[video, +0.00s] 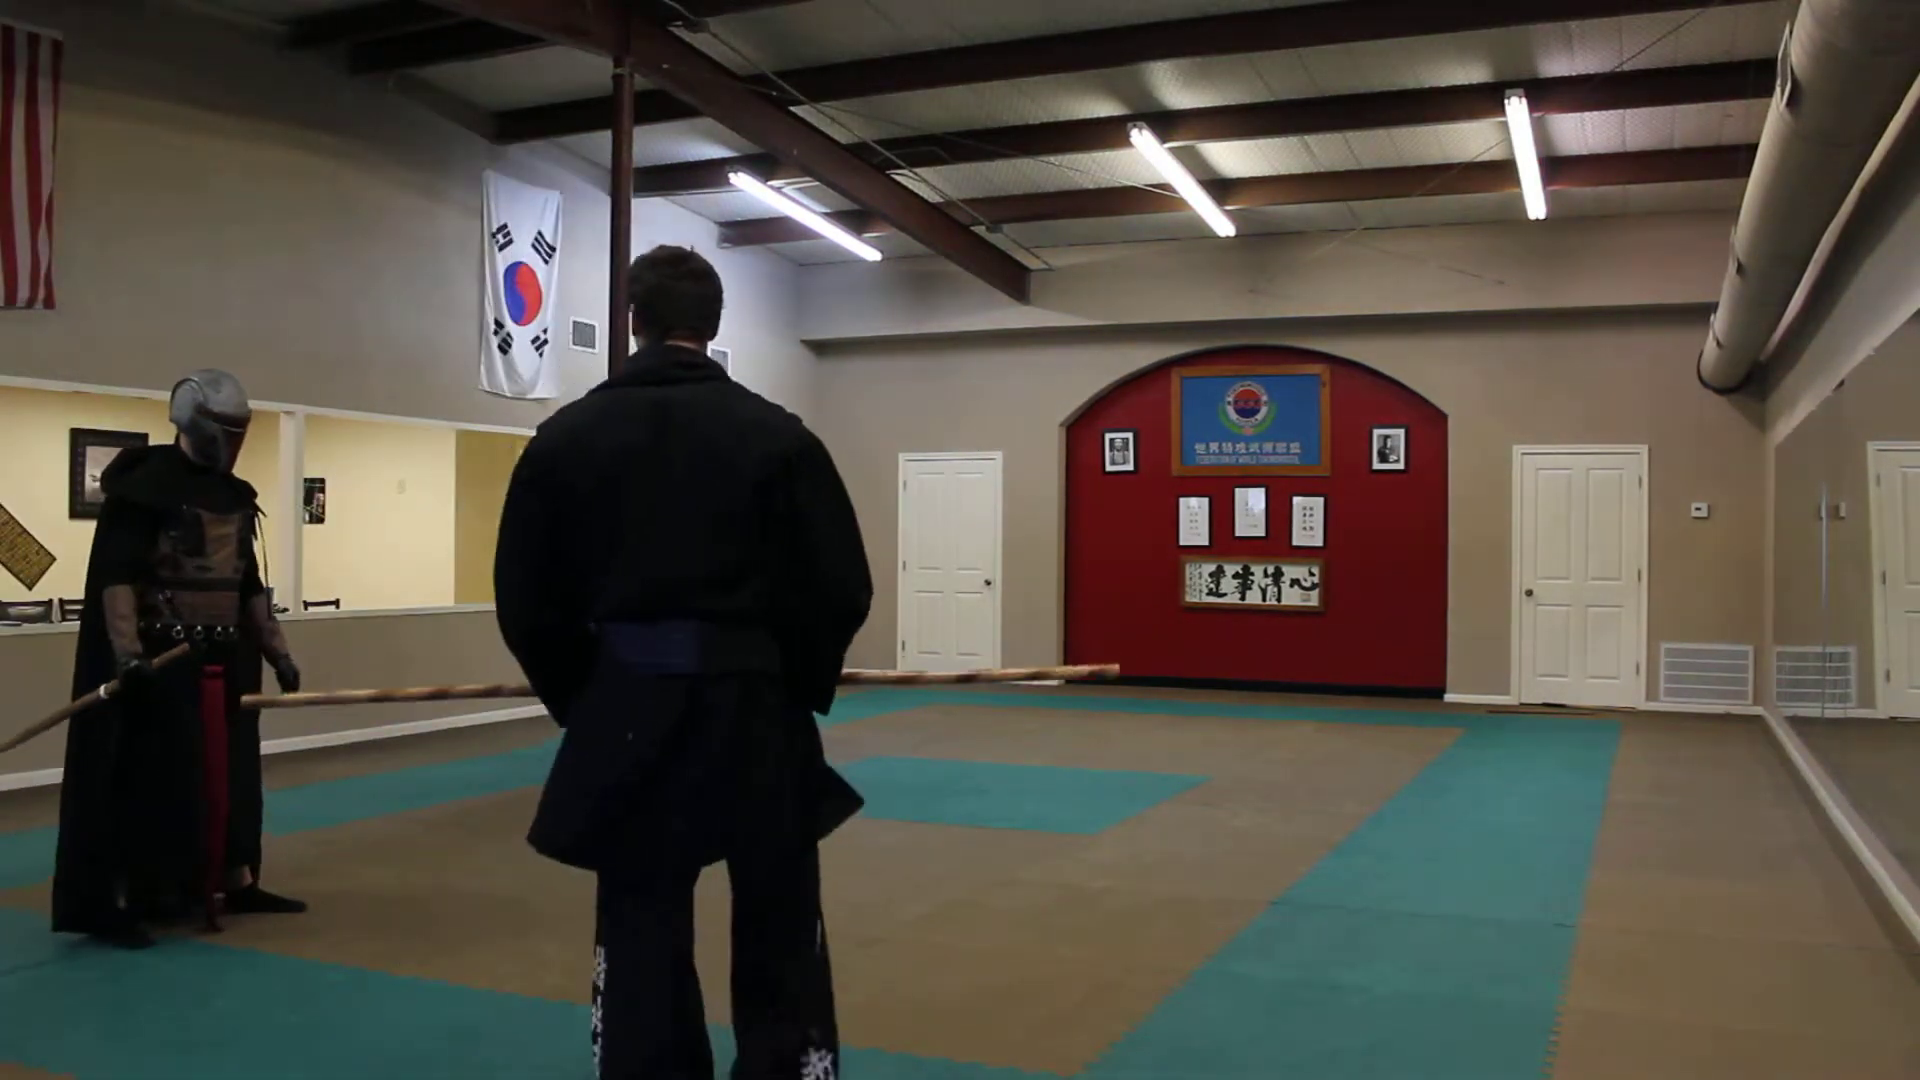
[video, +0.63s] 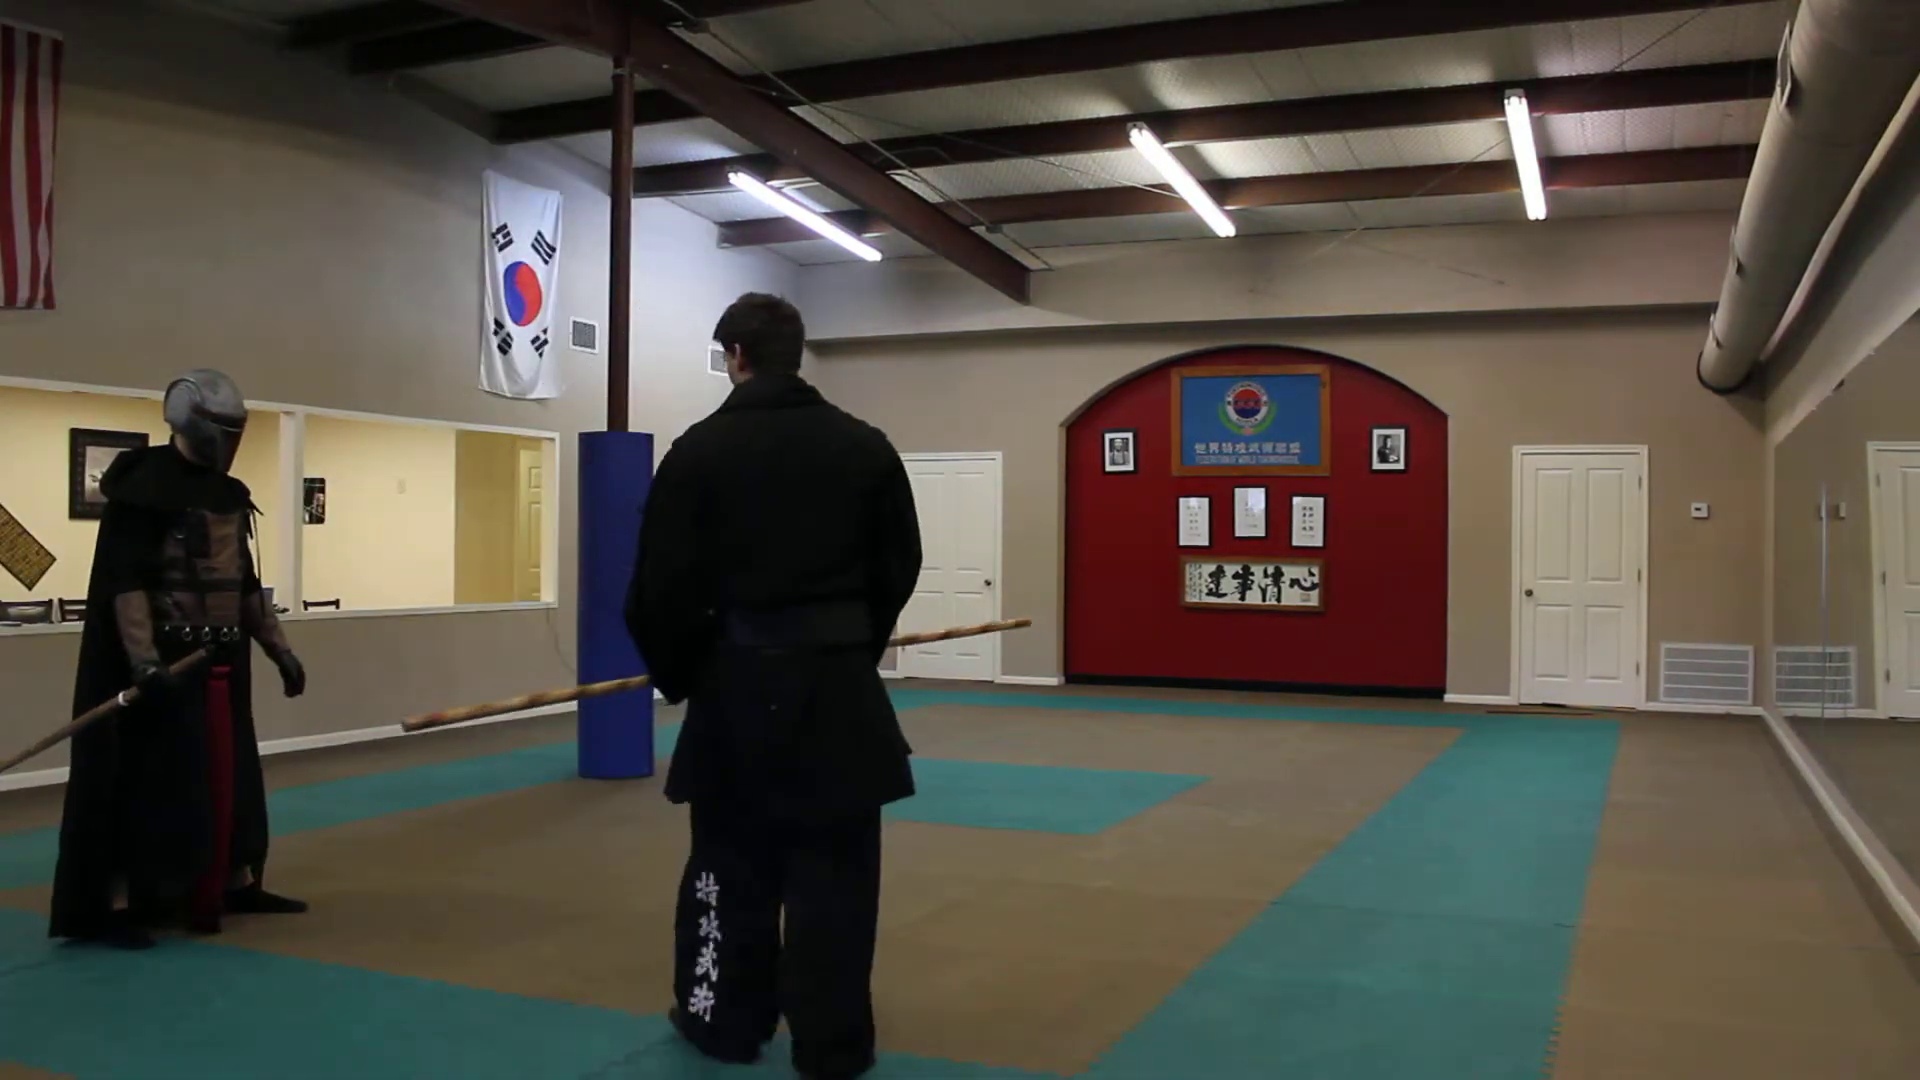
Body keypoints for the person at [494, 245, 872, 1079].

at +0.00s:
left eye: (632, 315)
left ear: (631, 324)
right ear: (717, 327)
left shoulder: (566, 438)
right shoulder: (780, 437)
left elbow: (524, 601)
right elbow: (843, 591)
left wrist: (591, 711)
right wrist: (793, 696)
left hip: (629, 732)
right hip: (762, 733)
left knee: (642, 952)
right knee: (781, 948)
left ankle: (649, 1074)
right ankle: (787, 1072)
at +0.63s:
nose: (721, 368)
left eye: (720, 357)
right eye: (722, 356)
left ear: (735, 357)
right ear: (799, 355)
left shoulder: (699, 453)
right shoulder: (865, 446)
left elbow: (656, 595)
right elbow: (897, 567)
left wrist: (690, 674)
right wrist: (853, 648)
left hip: (737, 692)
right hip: (842, 694)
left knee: (730, 864)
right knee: (839, 875)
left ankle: (725, 1027)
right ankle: (835, 1046)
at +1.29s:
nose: (682, 399)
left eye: (682, 386)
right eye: (681, 386)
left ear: (701, 382)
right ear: (745, 377)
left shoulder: (703, 468)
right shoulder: (816, 459)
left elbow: (645, 586)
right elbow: (830, 562)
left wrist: (647, 651)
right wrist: (785, 603)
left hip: (730, 668)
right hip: (803, 661)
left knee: (719, 824)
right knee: (807, 804)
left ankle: (733, 994)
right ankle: (818, 939)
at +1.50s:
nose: (692, 416)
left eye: (694, 403)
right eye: (690, 404)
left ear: (721, 398)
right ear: (744, 396)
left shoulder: (743, 468)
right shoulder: (807, 459)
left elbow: (709, 572)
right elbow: (804, 569)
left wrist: (667, 650)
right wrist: (713, 622)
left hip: (774, 662)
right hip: (824, 654)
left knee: (743, 816)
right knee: (817, 803)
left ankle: (737, 987)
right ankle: (825, 941)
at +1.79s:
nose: (694, 425)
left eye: (698, 412)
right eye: (693, 413)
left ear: (731, 408)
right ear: (735, 407)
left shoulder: (780, 475)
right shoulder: (759, 467)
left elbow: (771, 590)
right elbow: (731, 556)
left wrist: (722, 664)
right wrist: (694, 621)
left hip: (821, 669)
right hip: (785, 665)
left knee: (823, 818)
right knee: (789, 810)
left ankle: (880, 954)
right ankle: (814, 937)